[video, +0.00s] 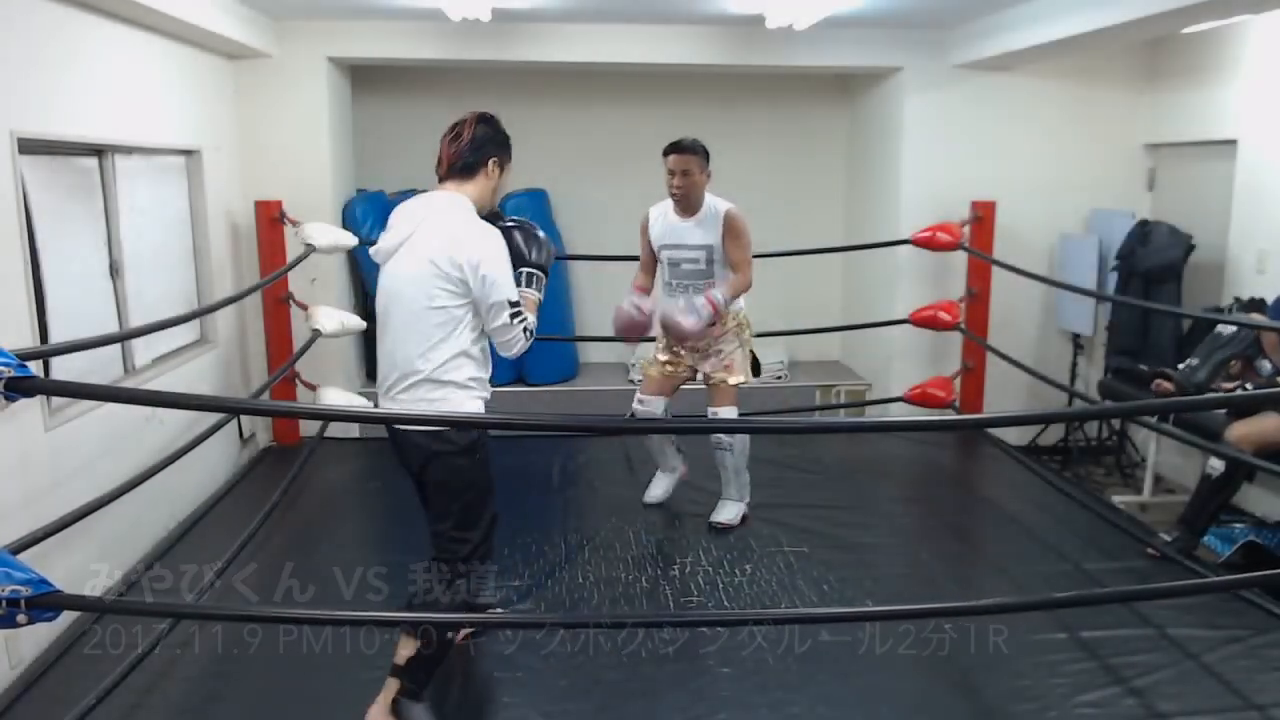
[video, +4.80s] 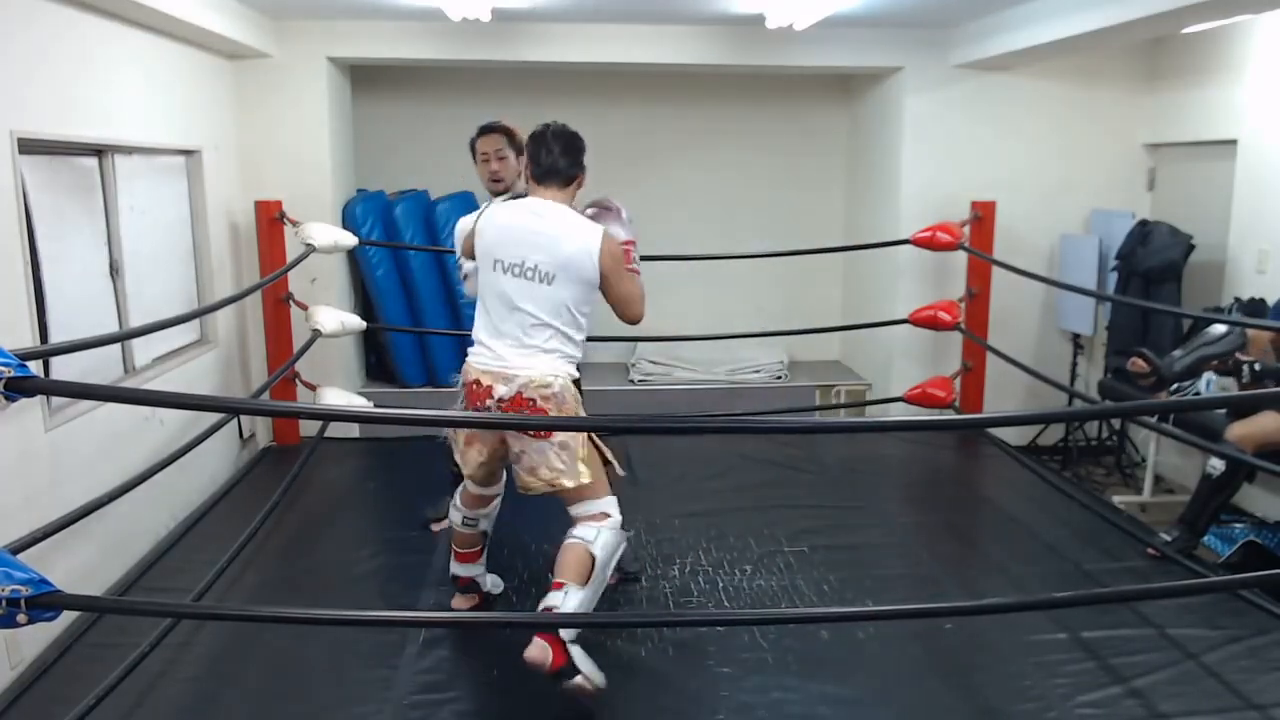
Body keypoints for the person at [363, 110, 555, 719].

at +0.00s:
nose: (503, 188)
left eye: (505, 177)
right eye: (505, 176)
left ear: (448, 163)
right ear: (491, 168)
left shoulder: (404, 219)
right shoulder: (478, 236)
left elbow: (429, 304)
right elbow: (512, 341)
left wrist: (499, 270)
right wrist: (535, 283)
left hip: (400, 412)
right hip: (447, 418)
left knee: (461, 531)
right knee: (456, 558)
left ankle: (460, 622)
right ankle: (387, 702)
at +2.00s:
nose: (547, 194)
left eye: (548, 183)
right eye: (545, 182)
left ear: (512, 178)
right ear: (518, 180)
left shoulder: (486, 223)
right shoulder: (471, 223)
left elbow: (501, 307)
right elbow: (505, 319)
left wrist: (540, 261)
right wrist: (544, 265)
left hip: (474, 377)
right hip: (444, 380)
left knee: (514, 465)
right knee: (451, 502)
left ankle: (510, 556)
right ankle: (410, 640)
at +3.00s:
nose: (529, 184)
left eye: (532, 175)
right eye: (522, 174)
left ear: (524, 179)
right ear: (490, 176)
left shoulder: (509, 226)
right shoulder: (455, 220)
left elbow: (528, 298)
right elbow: (491, 285)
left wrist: (546, 246)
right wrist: (516, 233)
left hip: (479, 363)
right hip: (429, 363)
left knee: (515, 455)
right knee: (400, 465)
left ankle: (514, 539)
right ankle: (352, 569)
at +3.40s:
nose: (478, 179)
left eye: (483, 170)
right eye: (467, 169)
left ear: (488, 173)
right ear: (441, 174)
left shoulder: (493, 222)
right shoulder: (410, 228)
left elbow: (527, 282)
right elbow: (416, 306)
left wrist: (540, 251)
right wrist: (437, 257)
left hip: (474, 360)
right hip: (417, 364)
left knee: (515, 446)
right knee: (393, 454)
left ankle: (512, 539)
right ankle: (362, 524)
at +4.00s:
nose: (486, 175)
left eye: (494, 164)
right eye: (476, 164)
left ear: (503, 168)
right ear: (456, 167)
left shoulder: (512, 215)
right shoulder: (434, 212)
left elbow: (533, 288)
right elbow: (461, 251)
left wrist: (519, 245)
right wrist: (518, 232)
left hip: (503, 349)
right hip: (445, 347)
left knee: (540, 428)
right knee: (409, 428)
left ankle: (555, 508)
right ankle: (413, 490)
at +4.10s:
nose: (486, 174)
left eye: (493, 163)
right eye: (476, 164)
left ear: (502, 166)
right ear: (457, 168)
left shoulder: (516, 216)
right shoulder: (435, 215)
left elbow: (534, 279)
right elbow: (448, 281)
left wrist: (520, 247)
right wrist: (506, 278)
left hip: (507, 346)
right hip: (449, 348)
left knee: (539, 431)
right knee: (427, 442)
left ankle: (560, 511)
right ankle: (462, 498)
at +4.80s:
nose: (492, 168)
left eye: (501, 157)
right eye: (483, 160)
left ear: (523, 160)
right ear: (475, 167)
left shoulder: (548, 213)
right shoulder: (475, 222)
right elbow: (471, 285)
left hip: (542, 342)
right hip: (492, 339)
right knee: (475, 416)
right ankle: (466, 499)